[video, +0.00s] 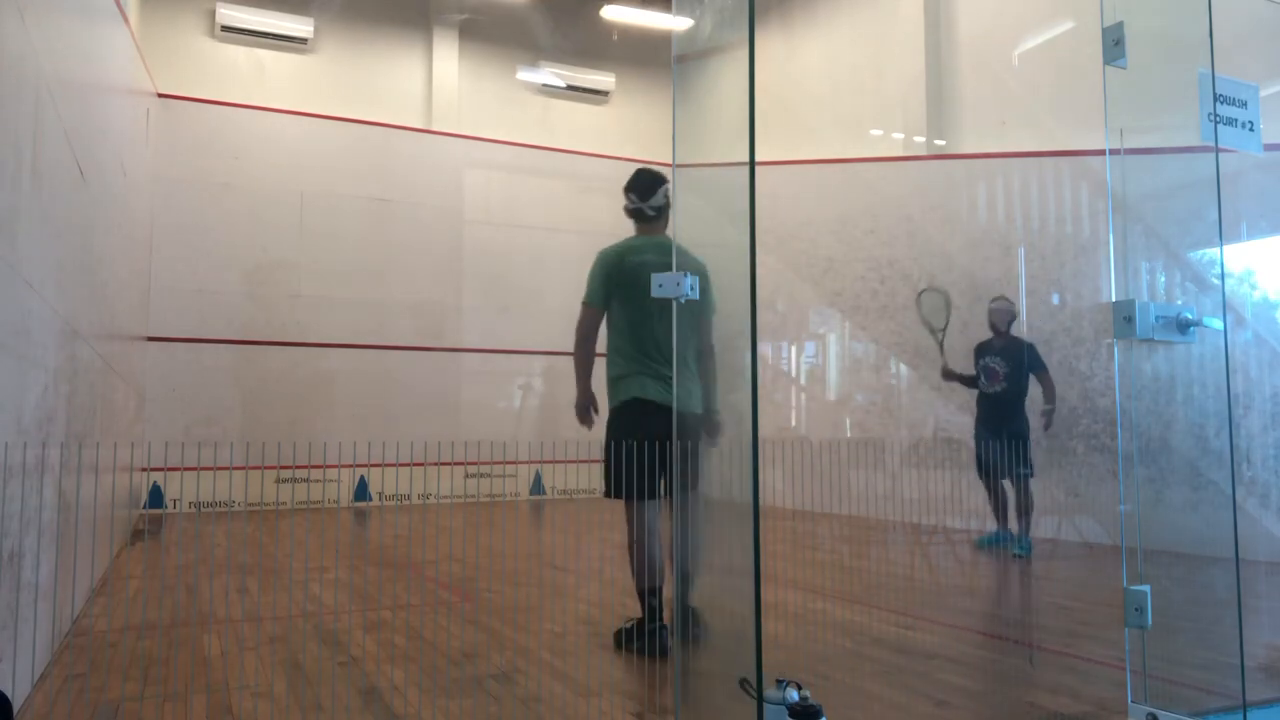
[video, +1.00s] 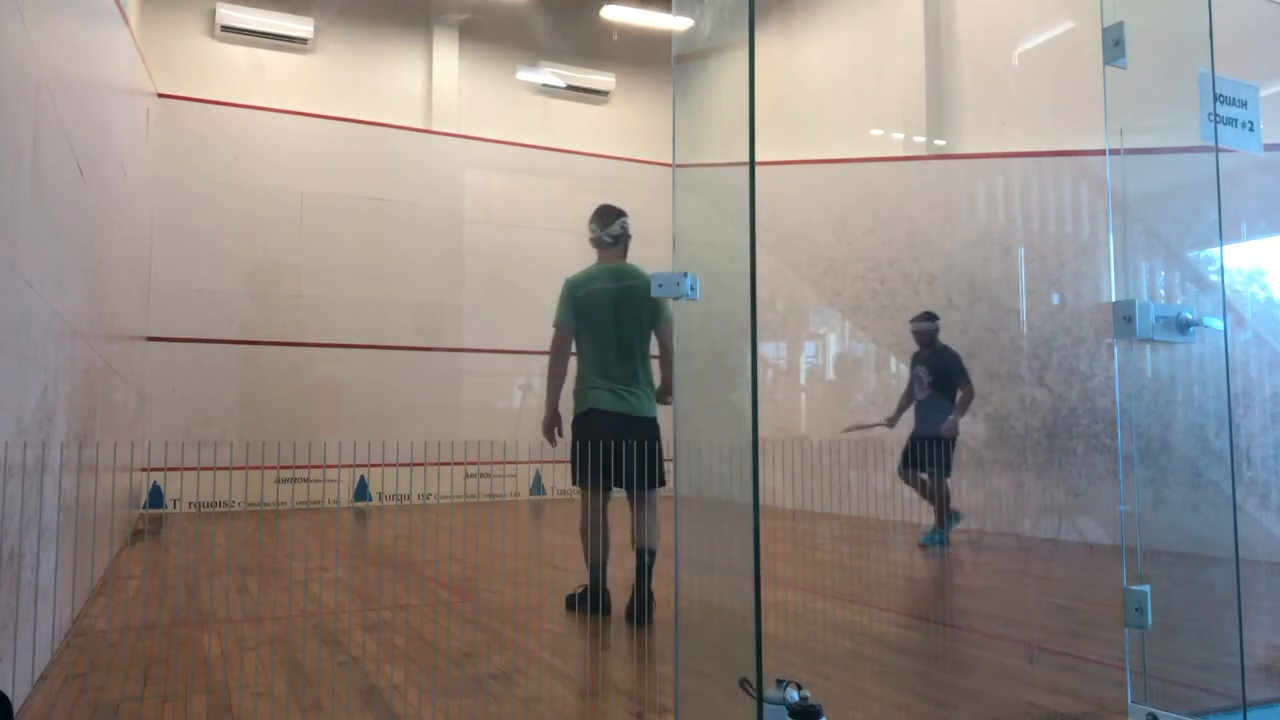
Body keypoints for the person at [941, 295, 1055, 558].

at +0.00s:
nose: (997, 317)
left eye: (1002, 312)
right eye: (993, 312)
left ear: (1012, 316)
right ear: (988, 316)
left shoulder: (1023, 348)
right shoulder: (982, 349)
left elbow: (1045, 380)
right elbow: (981, 382)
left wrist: (1049, 408)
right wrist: (955, 377)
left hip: (1013, 421)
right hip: (986, 422)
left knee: (1019, 479)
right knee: (990, 479)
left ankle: (1023, 538)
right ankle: (1002, 531)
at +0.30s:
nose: (967, 332)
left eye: (971, 326)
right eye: (964, 327)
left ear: (984, 325)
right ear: (964, 328)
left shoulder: (1001, 352)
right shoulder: (971, 357)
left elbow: (1032, 380)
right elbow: (969, 392)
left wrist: (1016, 413)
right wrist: (945, 393)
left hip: (997, 425)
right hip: (980, 425)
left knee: (994, 479)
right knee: (988, 480)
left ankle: (1007, 533)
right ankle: (1003, 531)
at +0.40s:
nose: (962, 333)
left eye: (966, 327)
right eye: (959, 328)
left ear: (978, 327)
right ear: (959, 329)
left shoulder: (996, 353)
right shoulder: (965, 358)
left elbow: (1024, 382)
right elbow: (960, 391)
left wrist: (1009, 413)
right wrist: (939, 400)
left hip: (992, 425)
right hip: (975, 425)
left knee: (972, 472)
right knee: (989, 477)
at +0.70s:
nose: (944, 337)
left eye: (949, 332)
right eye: (942, 332)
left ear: (962, 332)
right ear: (940, 333)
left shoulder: (975, 358)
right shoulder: (941, 361)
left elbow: (992, 394)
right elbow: (927, 391)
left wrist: (973, 414)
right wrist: (910, 416)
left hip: (962, 429)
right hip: (947, 429)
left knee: (939, 479)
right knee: (968, 480)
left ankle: (940, 530)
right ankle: (1001, 528)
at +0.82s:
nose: (935, 336)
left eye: (939, 331)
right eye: (933, 331)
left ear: (952, 331)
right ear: (932, 332)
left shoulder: (965, 358)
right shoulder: (932, 358)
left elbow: (983, 395)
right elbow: (925, 390)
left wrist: (965, 416)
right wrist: (909, 413)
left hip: (955, 426)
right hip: (935, 425)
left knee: (942, 477)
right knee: (944, 479)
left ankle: (939, 529)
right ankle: (990, 520)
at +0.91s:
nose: (927, 336)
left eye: (931, 331)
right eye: (924, 332)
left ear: (943, 331)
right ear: (922, 332)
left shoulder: (956, 358)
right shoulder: (924, 357)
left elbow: (974, 394)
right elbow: (920, 389)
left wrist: (959, 418)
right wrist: (905, 415)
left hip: (948, 428)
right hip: (928, 428)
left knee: (938, 478)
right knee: (923, 477)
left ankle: (940, 530)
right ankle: (971, 510)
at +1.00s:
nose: (917, 337)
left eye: (921, 332)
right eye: (914, 332)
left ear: (934, 331)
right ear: (913, 333)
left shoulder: (949, 357)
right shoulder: (917, 358)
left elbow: (968, 392)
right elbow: (912, 390)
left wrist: (954, 419)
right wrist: (896, 415)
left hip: (943, 427)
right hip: (922, 426)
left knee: (937, 478)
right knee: (906, 471)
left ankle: (941, 529)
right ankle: (947, 512)